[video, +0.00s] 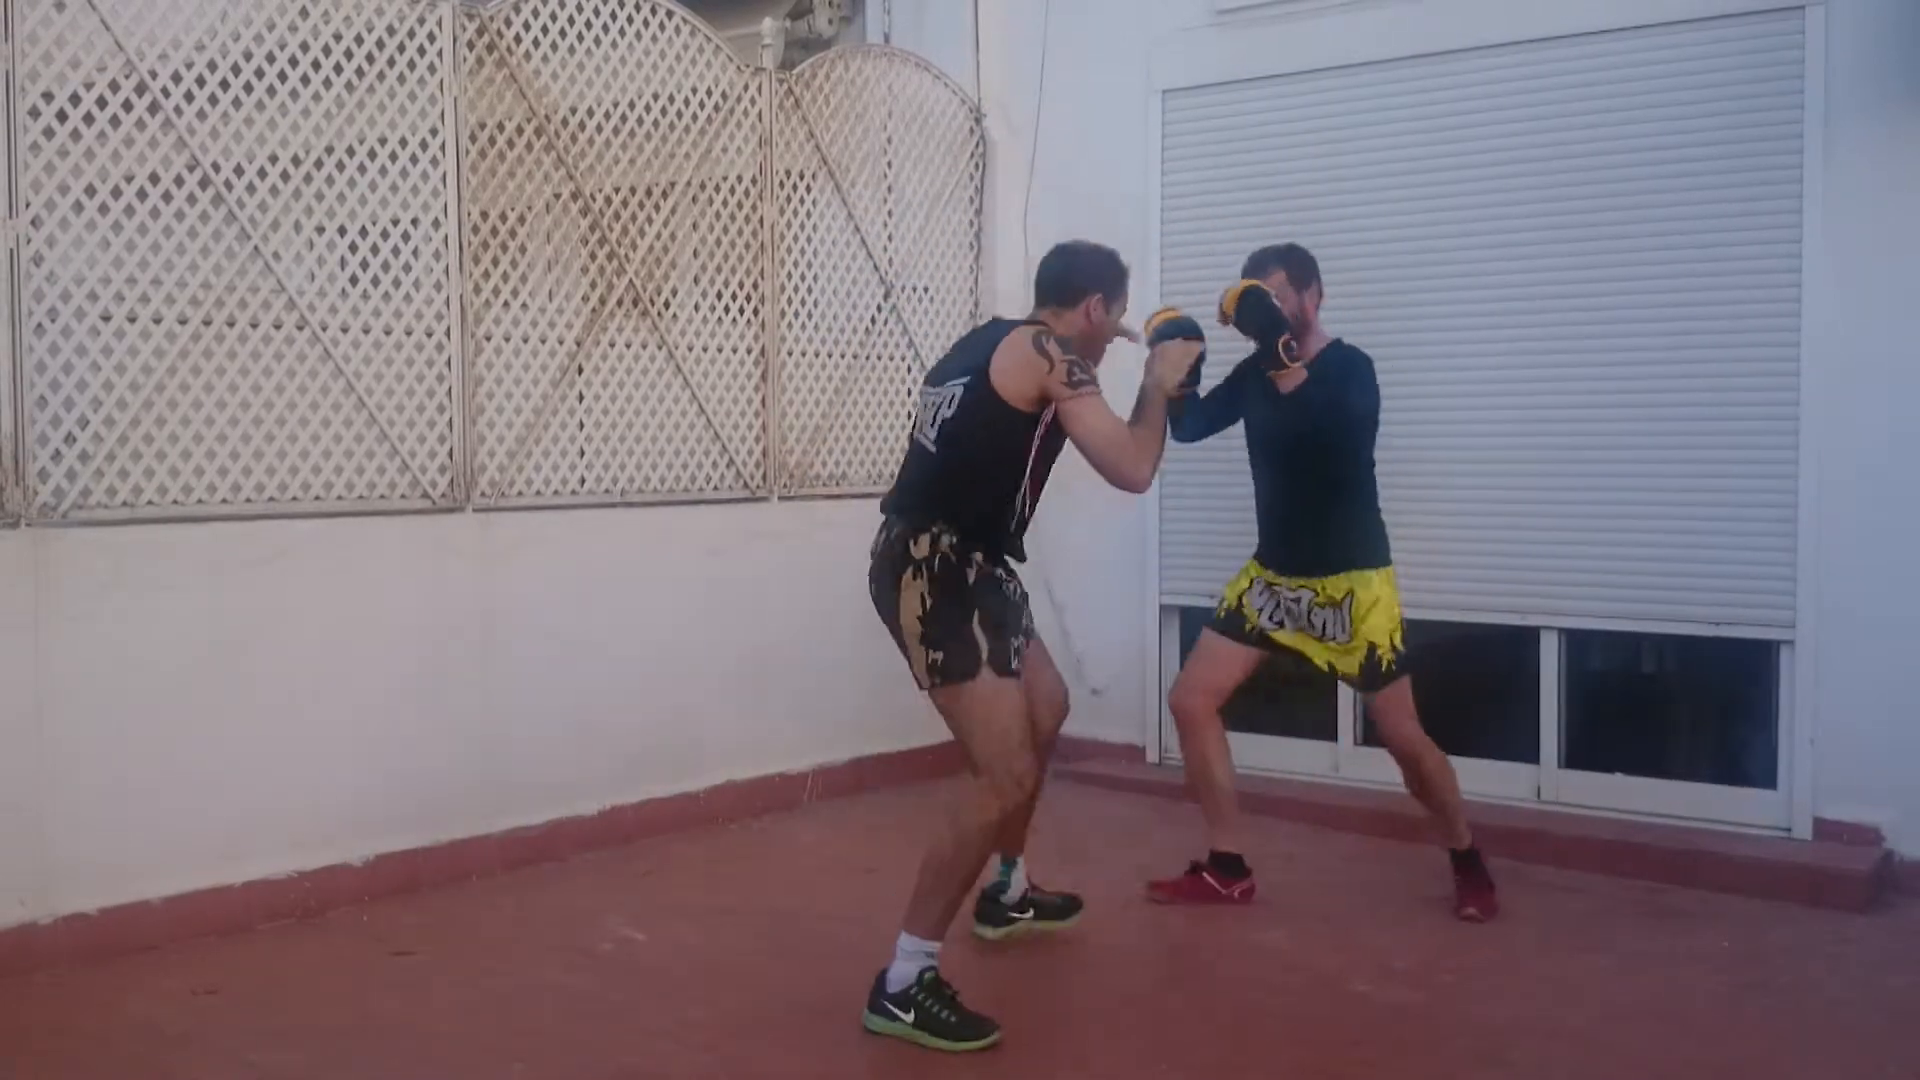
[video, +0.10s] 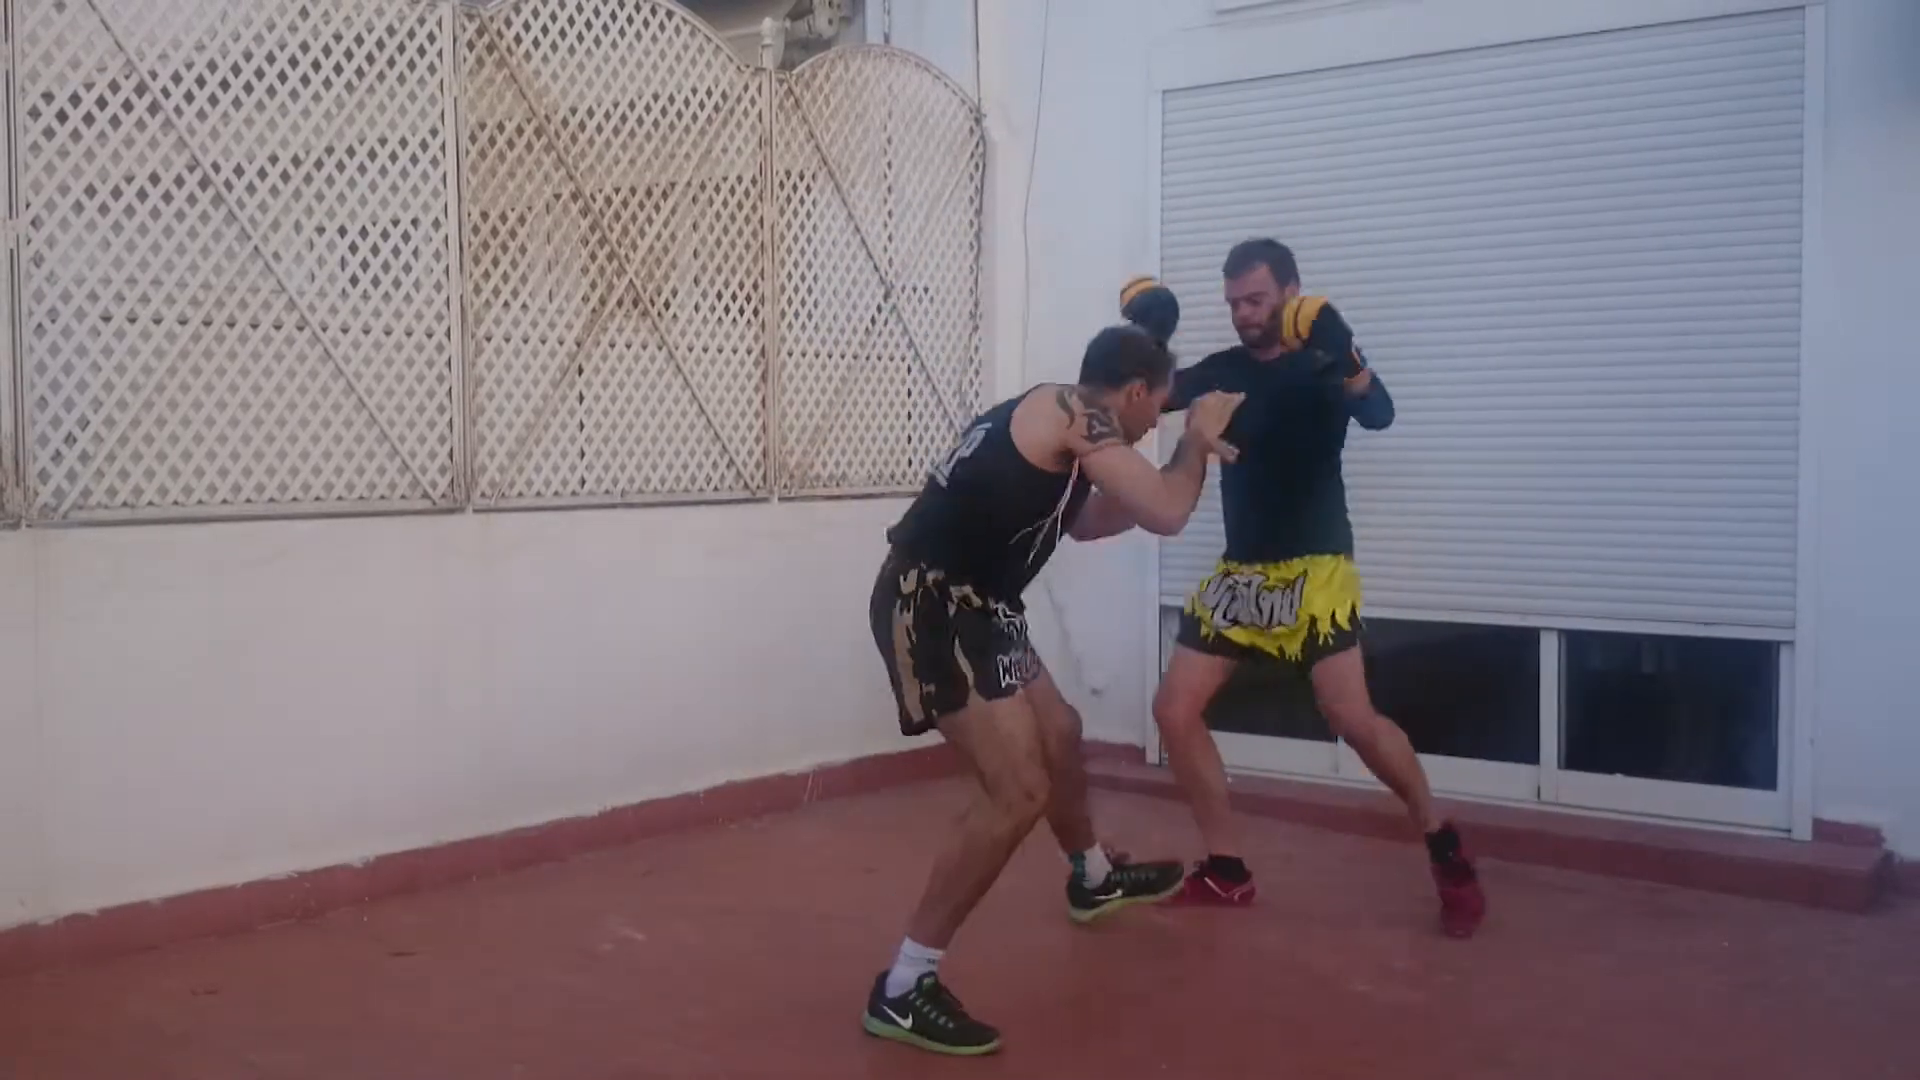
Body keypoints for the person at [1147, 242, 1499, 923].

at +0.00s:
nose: (1263, 312)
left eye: (1272, 297)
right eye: (1255, 302)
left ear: (1312, 297)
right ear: (1250, 310)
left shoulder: (1350, 367)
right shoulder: (1255, 372)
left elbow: (1350, 439)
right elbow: (1187, 425)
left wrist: (1285, 366)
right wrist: (1177, 361)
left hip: (1355, 576)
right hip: (1273, 571)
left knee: (1404, 739)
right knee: (1191, 701)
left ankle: (1467, 859)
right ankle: (1226, 864)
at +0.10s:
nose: (1245, 314)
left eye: (1256, 300)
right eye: (1235, 304)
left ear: (1290, 294)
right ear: (1226, 305)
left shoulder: (1324, 356)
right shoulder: (1220, 371)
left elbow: (1378, 416)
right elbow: (1144, 401)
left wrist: (1346, 362)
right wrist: (1143, 336)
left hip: (1317, 566)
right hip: (1241, 568)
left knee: (1350, 717)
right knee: (1175, 711)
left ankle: (1439, 839)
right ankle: (1225, 867)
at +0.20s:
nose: (1226, 309)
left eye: (1237, 295)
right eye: (1214, 298)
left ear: (1270, 286)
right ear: (1205, 297)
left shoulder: (1310, 361)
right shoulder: (1197, 367)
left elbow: (1385, 408)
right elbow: (1100, 409)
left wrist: (1426, 403)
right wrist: (1111, 335)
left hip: (1288, 544)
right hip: (1218, 554)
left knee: (1293, 690)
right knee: (1171, 709)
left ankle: (1340, 863)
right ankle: (1224, 867)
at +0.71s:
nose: (1197, 295)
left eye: (1208, 286)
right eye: (1199, 285)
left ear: (1236, 304)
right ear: (1220, 311)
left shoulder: (1307, 371)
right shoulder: (1199, 372)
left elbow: (1389, 418)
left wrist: (1384, 342)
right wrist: (1165, 308)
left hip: (1270, 550)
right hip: (1199, 554)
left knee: (1246, 712)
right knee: (1168, 727)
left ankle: (1253, 901)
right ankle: (1226, 860)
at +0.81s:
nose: (1226, 309)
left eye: (1236, 297)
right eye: (1220, 298)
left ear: (1271, 301)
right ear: (1217, 307)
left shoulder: (1324, 369)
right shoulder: (1216, 375)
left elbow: (1396, 437)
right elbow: (1179, 477)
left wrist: (1388, 361)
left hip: (1275, 556)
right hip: (1207, 556)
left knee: (1248, 713)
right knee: (1170, 725)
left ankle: (1254, 905)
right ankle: (1227, 864)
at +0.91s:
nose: (1256, 317)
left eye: (1265, 304)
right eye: (1246, 307)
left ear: (1286, 302)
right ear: (1231, 310)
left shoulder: (1341, 373)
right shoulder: (1229, 370)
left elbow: (1409, 448)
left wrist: (1406, 380)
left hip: (1288, 556)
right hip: (1220, 554)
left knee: (1256, 718)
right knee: (1177, 726)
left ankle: (1257, 907)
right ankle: (1228, 861)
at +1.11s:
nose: (1277, 309)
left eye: (1287, 295)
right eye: (1270, 298)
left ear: (1329, 286)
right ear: (1266, 300)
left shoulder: (1380, 360)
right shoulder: (1262, 361)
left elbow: (1446, 450)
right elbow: (1183, 393)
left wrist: (1424, 398)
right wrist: (1141, 338)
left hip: (1337, 557)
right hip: (1267, 556)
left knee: (1316, 722)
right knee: (1198, 711)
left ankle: (1370, 903)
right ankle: (1227, 866)